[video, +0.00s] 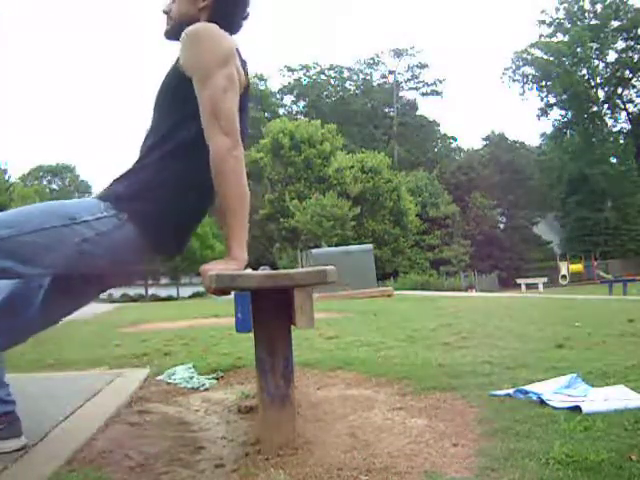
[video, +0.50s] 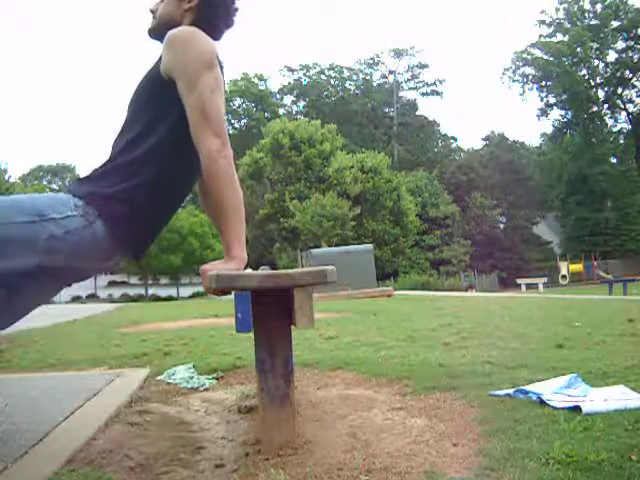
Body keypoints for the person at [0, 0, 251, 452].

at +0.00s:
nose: (168, 5)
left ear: (204, 4)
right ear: (211, 9)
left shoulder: (205, 36)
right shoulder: (224, 57)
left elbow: (226, 144)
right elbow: (221, 151)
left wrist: (237, 255)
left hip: (123, 219)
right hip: (144, 238)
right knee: (15, 315)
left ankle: (2, 415)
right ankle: (1, 418)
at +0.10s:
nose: (164, 6)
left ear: (200, 4)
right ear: (205, 9)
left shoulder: (198, 38)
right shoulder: (205, 52)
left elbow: (221, 142)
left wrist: (238, 253)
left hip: (117, 219)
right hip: (136, 239)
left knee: (3, 238)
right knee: (12, 318)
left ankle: (3, 415)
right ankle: (2, 418)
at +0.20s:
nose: (160, 5)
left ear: (196, 4)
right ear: (201, 10)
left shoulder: (191, 39)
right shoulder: (202, 54)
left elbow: (218, 144)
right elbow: (214, 154)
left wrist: (237, 253)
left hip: (104, 220)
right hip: (124, 240)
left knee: (2, 243)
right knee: (7, 318)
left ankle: (0, 412)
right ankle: (0, 415)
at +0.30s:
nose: (157, 5)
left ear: (192, 5)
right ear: (196, 9)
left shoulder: (188, 41)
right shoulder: (189, 55)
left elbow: (216, 146)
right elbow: (206, 169)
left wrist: (237, 253)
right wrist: (238, 248)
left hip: (96, 220)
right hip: (106, 234)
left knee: (3, 228)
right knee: (4, 317)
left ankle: (1, 407)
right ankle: (1, 408)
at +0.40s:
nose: (154, 6)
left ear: (189, 6)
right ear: (189, 8)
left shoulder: (188, 41)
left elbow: (217, 148)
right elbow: (207, 177)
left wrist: (236, 255)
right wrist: (237, 250)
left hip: (90, 218)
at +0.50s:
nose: (154, 5)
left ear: (189, 6)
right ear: (189, 9)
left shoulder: (188, 42)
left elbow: (216, 148)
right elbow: (207, 175)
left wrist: (236, 255)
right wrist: (237, 251)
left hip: (90, 219)